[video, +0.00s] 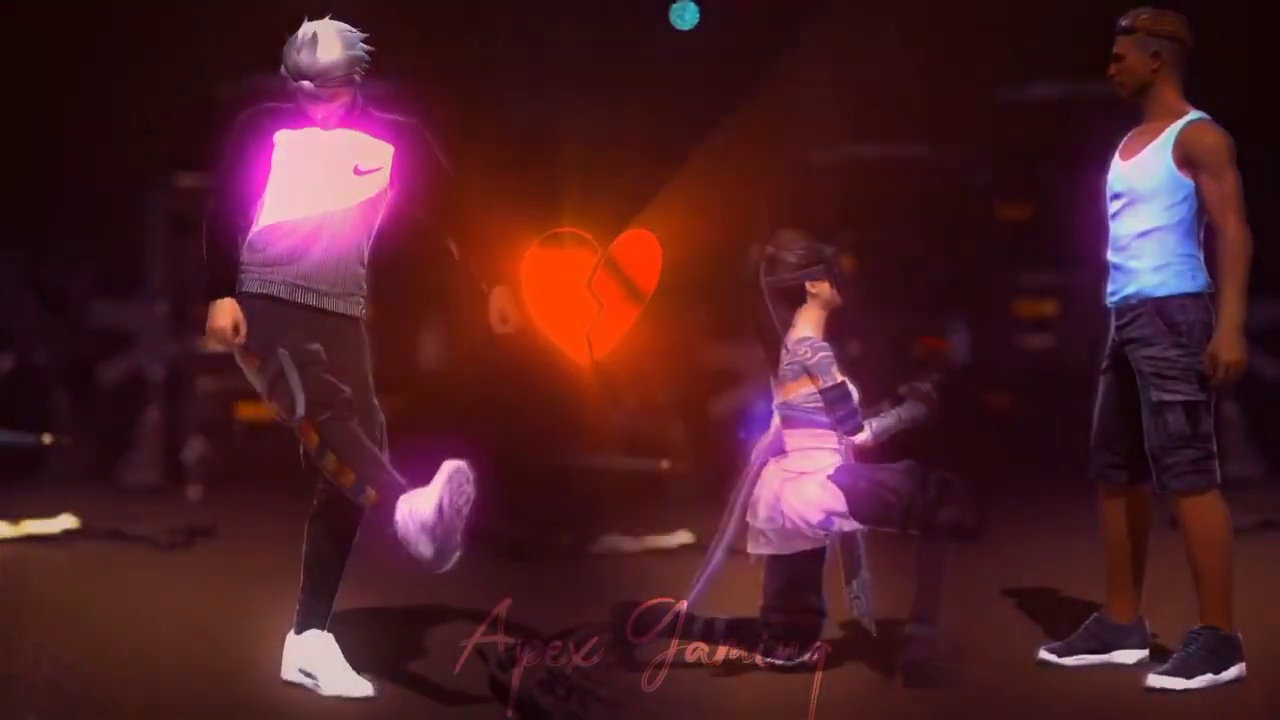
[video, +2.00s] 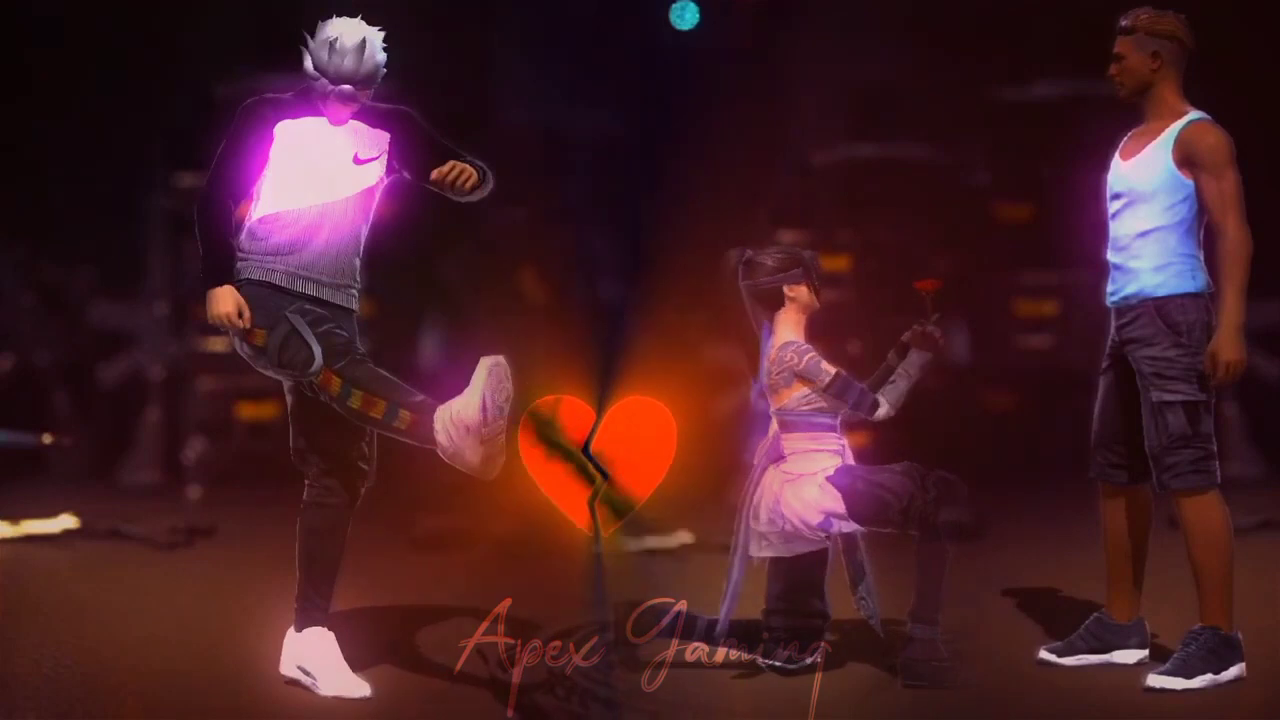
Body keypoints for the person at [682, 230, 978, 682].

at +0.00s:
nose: (836, 286)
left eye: (832, 278)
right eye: (828, 279)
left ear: (807, 290)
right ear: (811, 288)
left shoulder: (795, 346)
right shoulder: (812, 346)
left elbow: (846, 437)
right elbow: (852, 428)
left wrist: (904, 409)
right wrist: (908, 410)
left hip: (785, 488)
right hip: (812, 488)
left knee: (791, 638)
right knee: (939, 499)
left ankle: (670, 623)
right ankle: (923, 645)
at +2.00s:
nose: (815, 288)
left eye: (811, 280)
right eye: (808, 281)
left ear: (786, 293)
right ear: (788, 291)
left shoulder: (784, 350)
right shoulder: (794, 352)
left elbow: (862, 399)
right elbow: (879, 407)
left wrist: (902, 351)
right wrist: (920, 355)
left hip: (795, 480)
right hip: (810, 485)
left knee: (796, 637)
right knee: (942, 496)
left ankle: (678, 624)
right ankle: (924, 646)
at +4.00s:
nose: (811, 292)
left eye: (807, 283)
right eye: (803, 283)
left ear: (782, 294)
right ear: (782, 292)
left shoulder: (782, 351)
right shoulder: (789, 355)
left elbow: (878, 363)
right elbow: (888, 363)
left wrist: (923, 320)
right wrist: (934, 316)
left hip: (795, 484)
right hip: (809, 486)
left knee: (796, 644)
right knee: (944, 496)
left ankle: (676, 624)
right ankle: (923, 650)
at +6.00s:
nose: (808, 290)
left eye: (803, 282)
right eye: (800, 283)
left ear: (779, 293)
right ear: (780, 291)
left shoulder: (782, 350)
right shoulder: (787, 354)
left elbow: (879, 359)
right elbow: (885, 360)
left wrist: (928, 310)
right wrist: (938, 307)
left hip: (797, 484)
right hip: (809, 486)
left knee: (795, 645)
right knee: (942, 497)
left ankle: (675, 624)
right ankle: (923, 650)